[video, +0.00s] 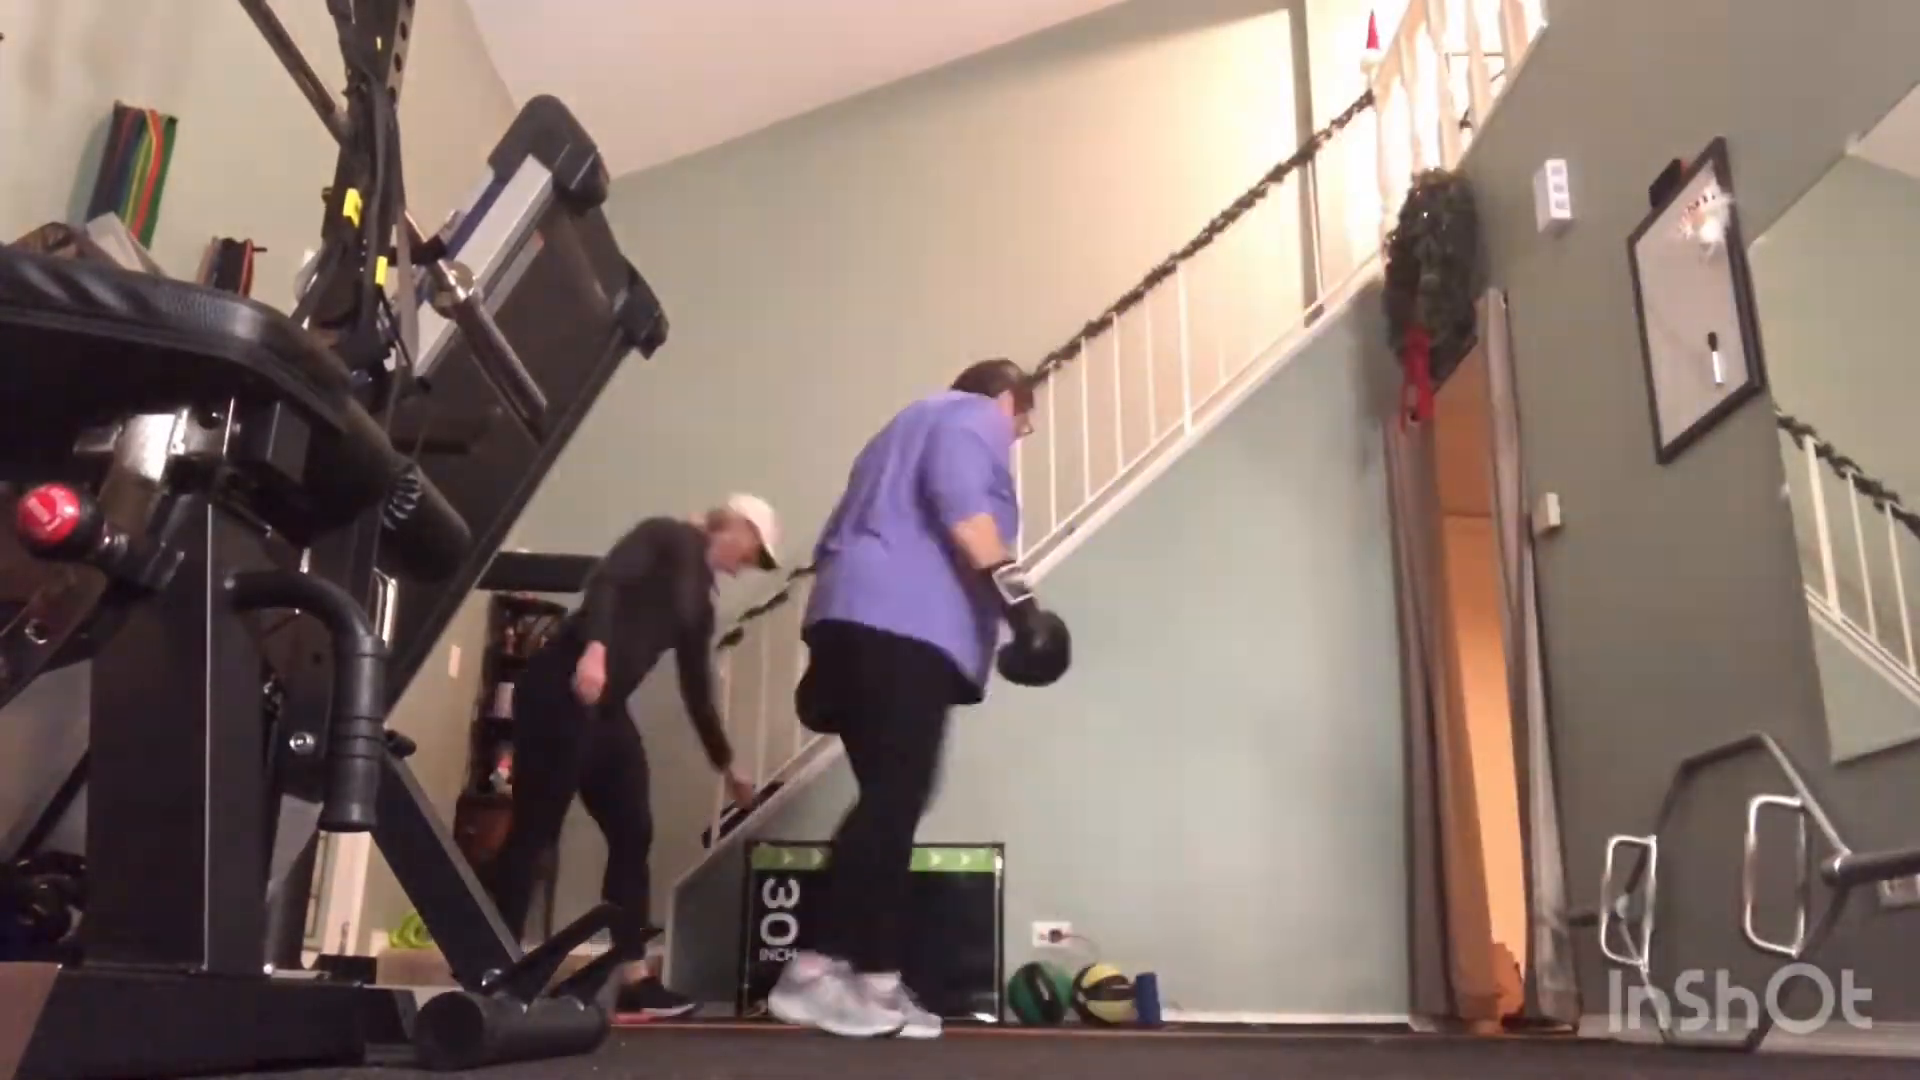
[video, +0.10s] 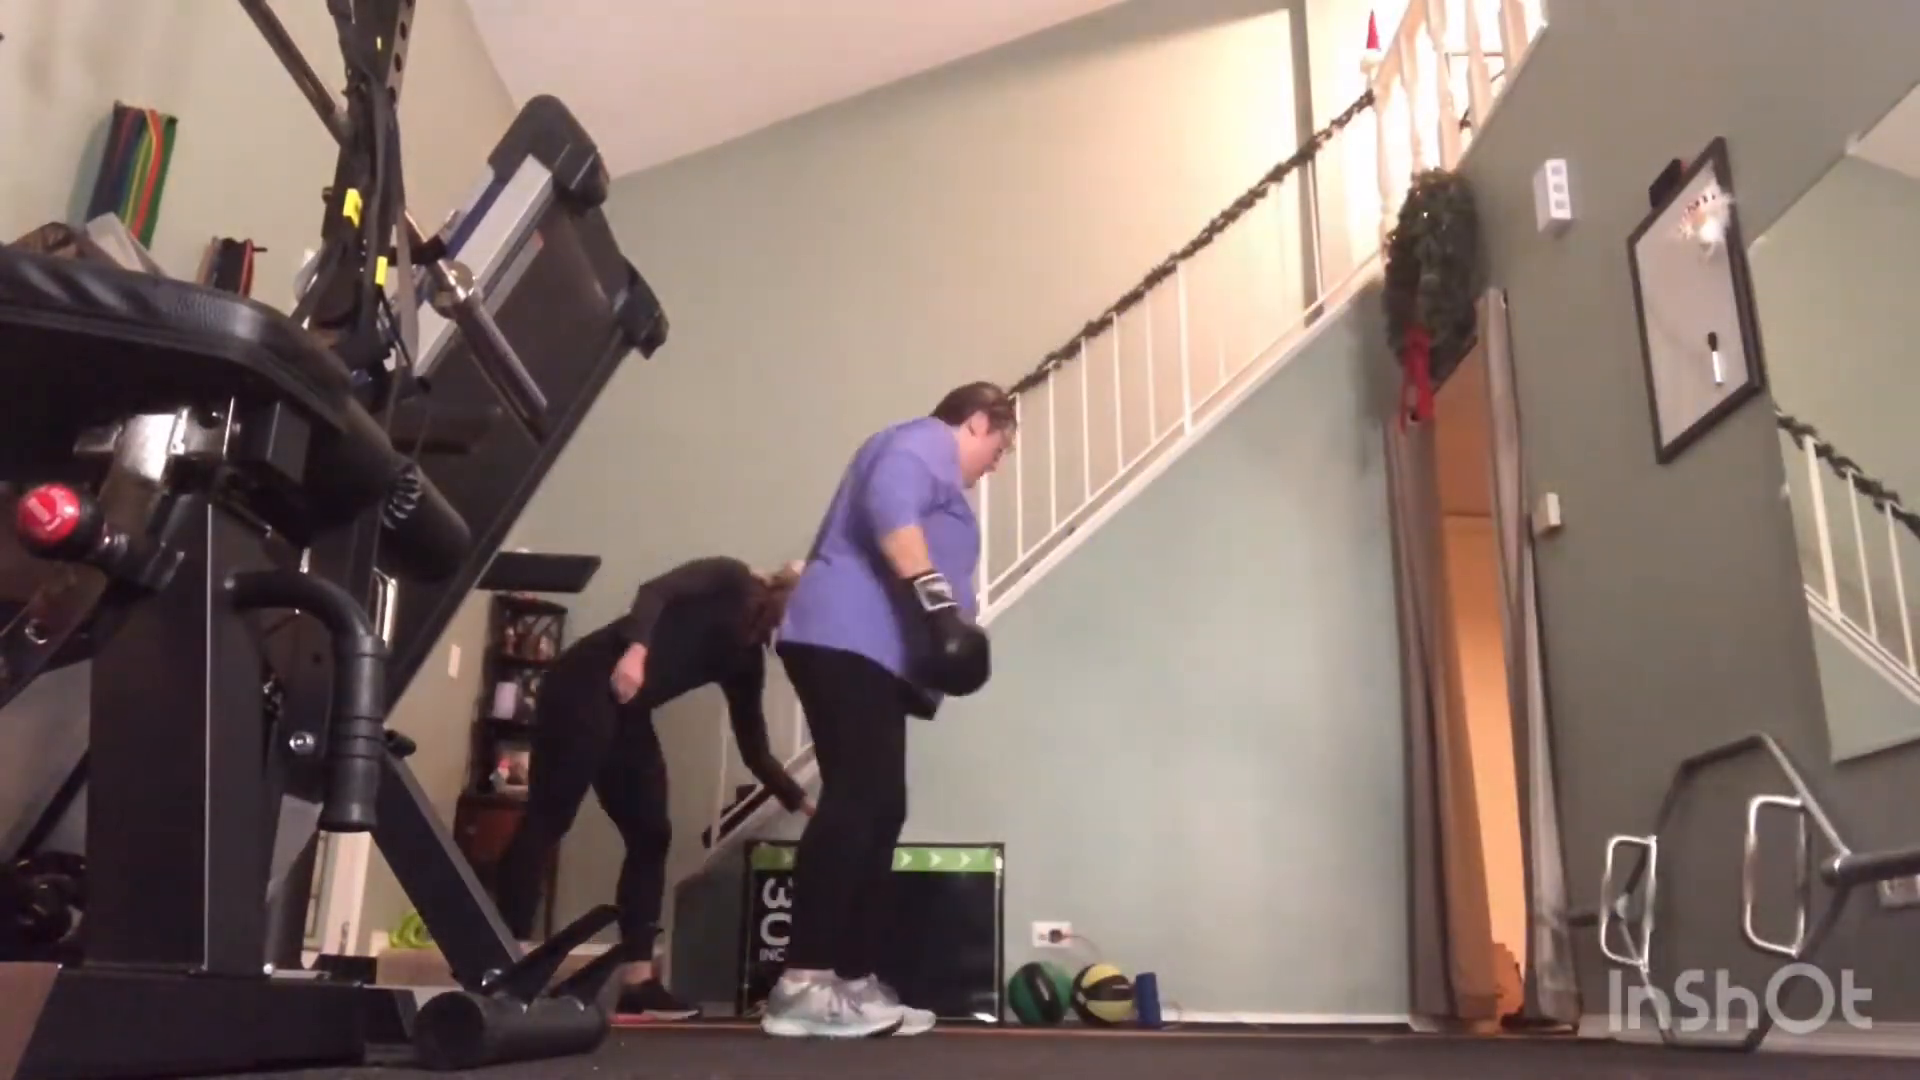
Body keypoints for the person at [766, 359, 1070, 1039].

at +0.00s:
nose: (1021, 437)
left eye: (1025, 427)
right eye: (1023, 423)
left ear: (963, 384)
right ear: (1008, 398)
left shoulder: (893, 436)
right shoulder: (972, 415)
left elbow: (832, 544)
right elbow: (965, 508)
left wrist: (824, 647)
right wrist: (1020, 601)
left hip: (851, 628)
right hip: (900, 629)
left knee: (888, 801)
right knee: (895, 799)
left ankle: (872, 979)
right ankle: (818, 970)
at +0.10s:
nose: (997, 467)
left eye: (1002, 455)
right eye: (1001, 449)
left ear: (972, 426)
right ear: (978, 424)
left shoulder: (939, 484)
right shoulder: (921, 439)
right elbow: (893, 516)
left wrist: (921, 656)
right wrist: (940, 609)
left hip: (870, 653)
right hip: (840, 640)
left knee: (882, 808)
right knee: (860, 800)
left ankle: (851, 981)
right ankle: (804, 981)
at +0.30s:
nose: (998, 463)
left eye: (1005, 453)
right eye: (1000, 447)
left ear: (971, 426)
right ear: (970, 421)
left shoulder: (938, 475)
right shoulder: (927, 449)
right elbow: (888, 519)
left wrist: (963, 635)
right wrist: (956, 609)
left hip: (869, 655)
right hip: (855, 648)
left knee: (881, 809)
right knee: (880, 808)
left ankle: (853, 983)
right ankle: (842, 987)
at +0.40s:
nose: (1010, 450)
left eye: (1015, 440)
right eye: (1007, 433)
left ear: (976, 420)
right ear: (973, 414)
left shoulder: (953, 484)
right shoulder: (923, 450)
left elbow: (931, 569)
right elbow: (882, 523)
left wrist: (993, 589)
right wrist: (976, 554)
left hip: (891, 662)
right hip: (865, 655)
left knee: (877, 812)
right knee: (873, 810)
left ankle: (854, 982)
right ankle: (843, 984)